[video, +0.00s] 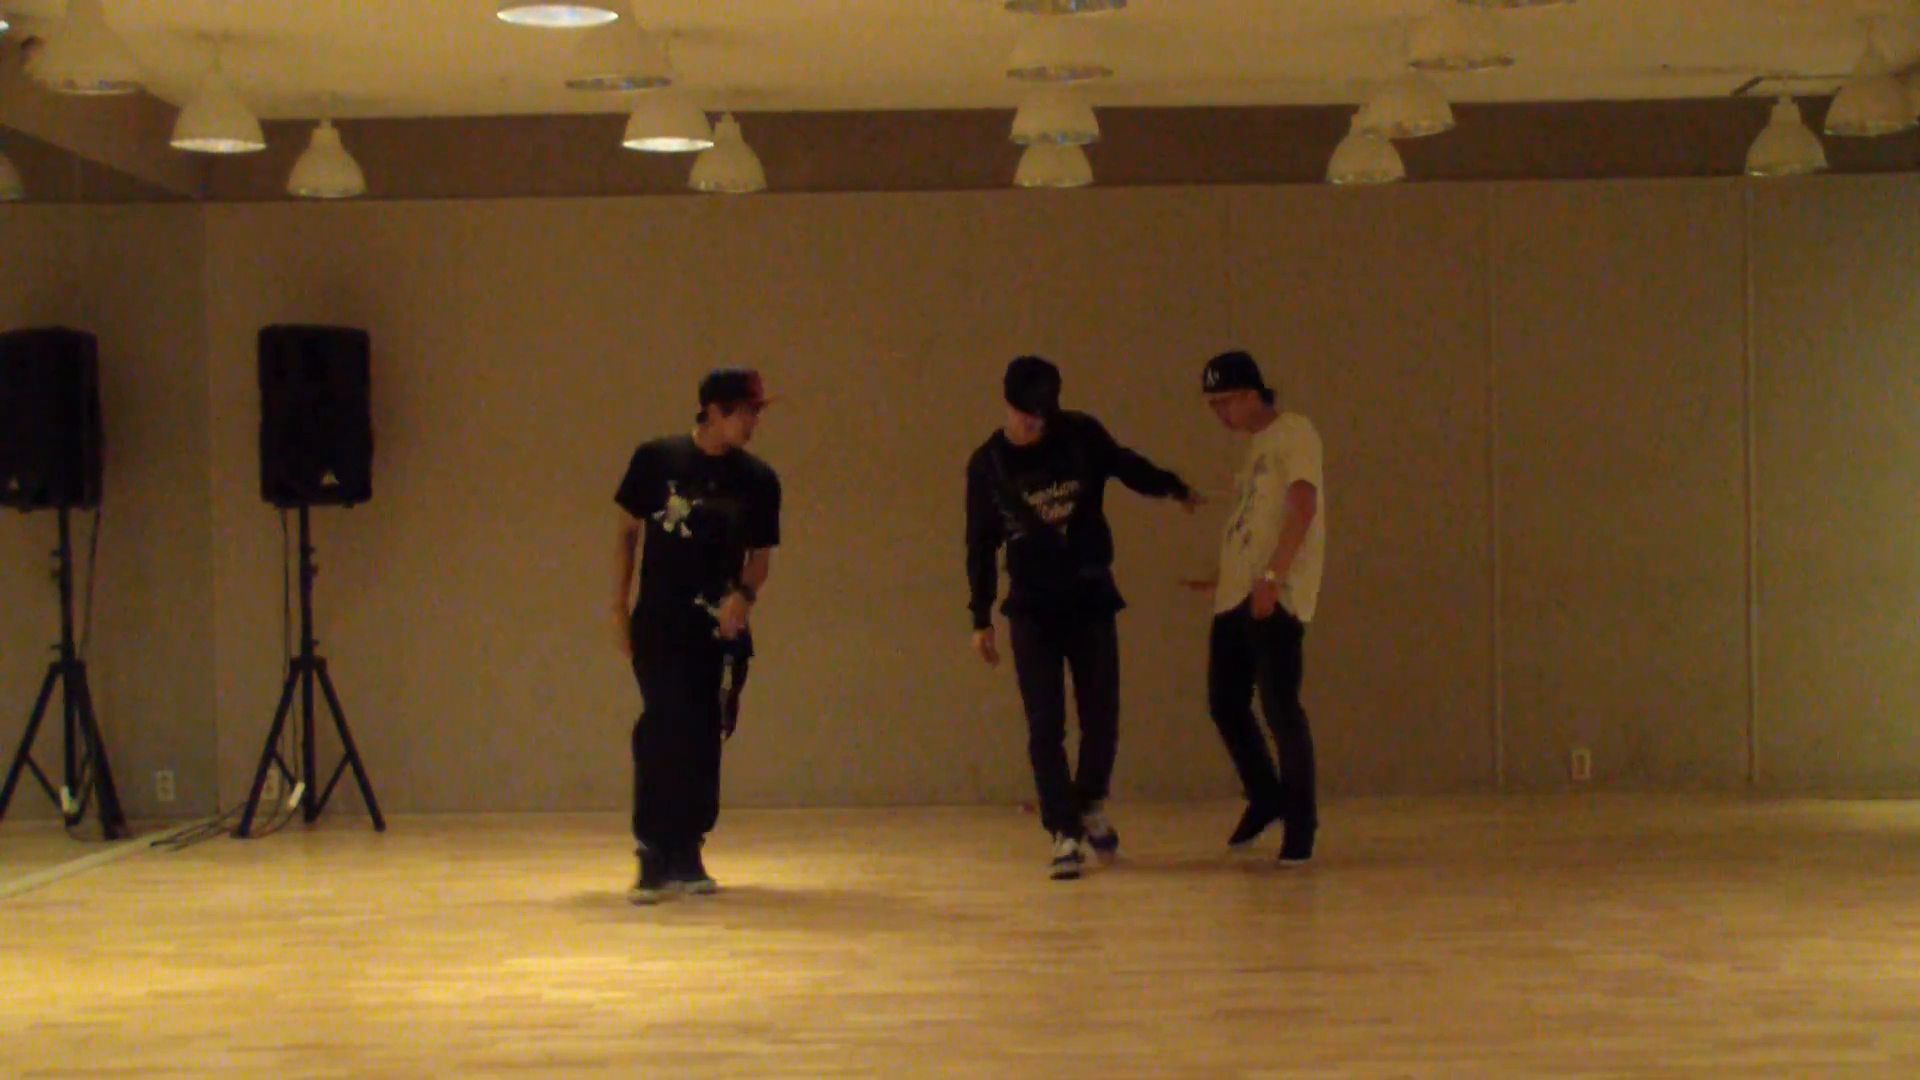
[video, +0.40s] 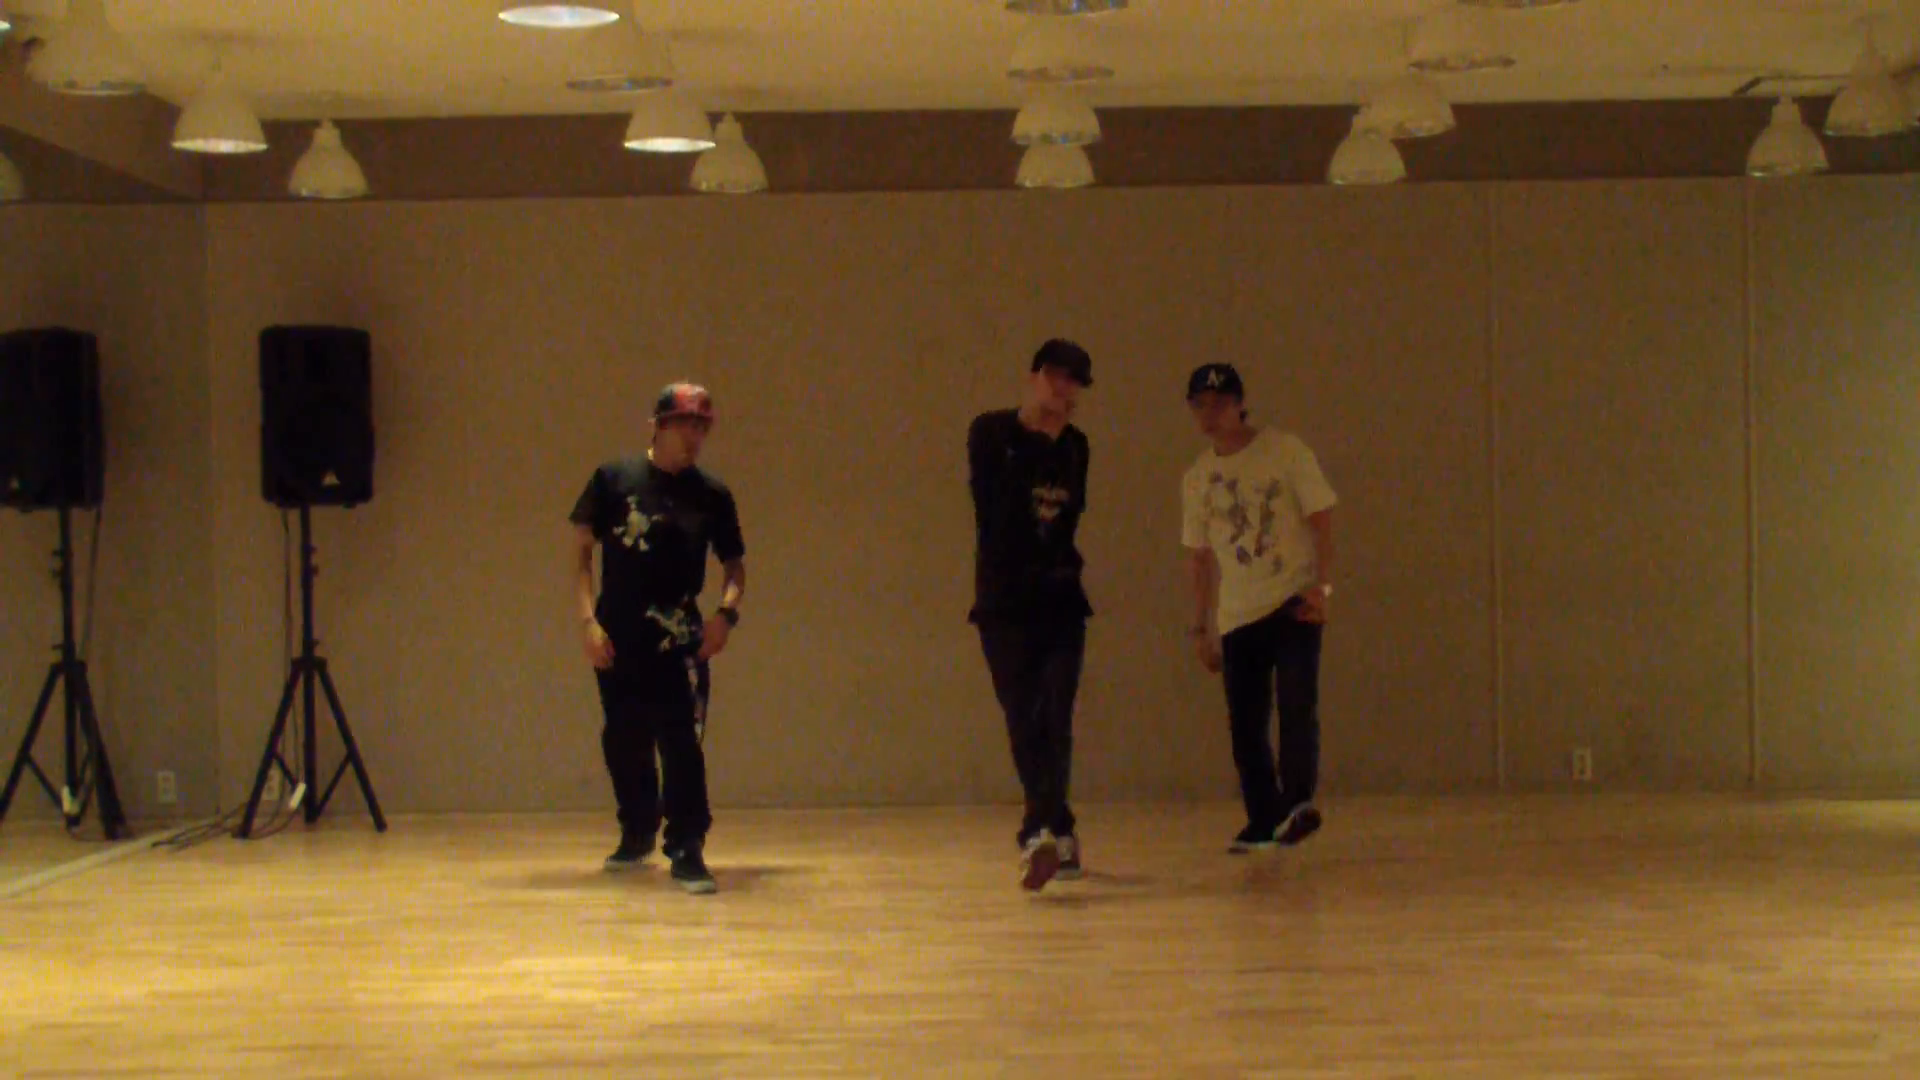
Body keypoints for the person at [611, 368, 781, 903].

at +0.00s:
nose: (754, 423)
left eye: (757, 414)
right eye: (746, 413)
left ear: (744, 417)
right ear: (714, 412)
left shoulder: (758, 480)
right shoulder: (656, 459)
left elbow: (759, 555)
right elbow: (627, 534)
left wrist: (745, 596)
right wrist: (620, 607)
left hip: (714, 624)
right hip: (656, 618)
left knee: (702, 734)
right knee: (663, 728)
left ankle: (688, 852)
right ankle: (654, 853)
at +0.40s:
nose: (697, 435)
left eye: (702, 426)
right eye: (688, 425)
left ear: (705, 430)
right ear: (658, 426)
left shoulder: (713, 496)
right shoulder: (612, 481)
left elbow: (733, 564)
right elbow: (582, 555)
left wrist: (725, 614)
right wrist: (588, 622)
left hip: (679, 638)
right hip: (621, 634)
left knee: (682, 744)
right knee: (624, 743)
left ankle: (686, 851)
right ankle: (636, 835)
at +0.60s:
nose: (644, 429)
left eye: (654, 420)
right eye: (635, 421)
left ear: (673, 423)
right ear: (623, 426)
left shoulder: (701, 480)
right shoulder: (602, 479)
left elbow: (722, 553)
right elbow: (578, 550)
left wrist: (701, 605)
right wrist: (589, 614)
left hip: (672, 629)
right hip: (617, 627)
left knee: (673, 736)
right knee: (621, 737)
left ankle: (677, 840)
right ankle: (638, 835)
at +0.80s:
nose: (636, 429)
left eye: (645, 419)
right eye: (627, 420)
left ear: (665, 421)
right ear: (617, 425)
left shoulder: (699, 474)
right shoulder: (602, 477)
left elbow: (720, 546)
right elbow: (585, 550)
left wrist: (700, 599)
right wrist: (597, 611)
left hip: (678, 620)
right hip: (622, 619)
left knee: (677, 731)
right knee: (626, 732)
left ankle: (674, 838)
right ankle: (638, 833)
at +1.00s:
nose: (642, 431)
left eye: (651, 421)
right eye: (634, 422)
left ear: (671, 422)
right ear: (623, 426)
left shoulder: (704, 470)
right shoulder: (607, 476)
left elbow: (735, 528)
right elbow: (589, 537)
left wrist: (712, 575)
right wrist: (604, 584)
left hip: (683, 616)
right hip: (627, 617)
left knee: (686, 725)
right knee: (632, 726)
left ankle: (687, 834)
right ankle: (641, 835)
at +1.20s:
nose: (658, 434)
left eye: (667, 424)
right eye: (649, 425)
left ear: (685, 426)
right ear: (637, 429)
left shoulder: (716, 476)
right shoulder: (619, 480)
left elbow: (746, 541)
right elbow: (599, 545)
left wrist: (718, 587)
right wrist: (617, 589)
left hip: (693, 622)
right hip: (637, 622)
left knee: (695, 731)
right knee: (638, 731)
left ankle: (694, 835)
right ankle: (643, 836)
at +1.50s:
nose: (670, 436)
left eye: (679, 426)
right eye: (662, 426)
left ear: (698, 427)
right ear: (650, 430)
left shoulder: (729, 478)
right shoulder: (631, 479)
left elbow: (763, 544)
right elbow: (612, 544)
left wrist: (731, 588)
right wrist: (629, 587)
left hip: (703, 622)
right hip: (647, 622)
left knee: (705, 728)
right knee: (644, 726)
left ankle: (696, 828)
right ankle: (656, 822)